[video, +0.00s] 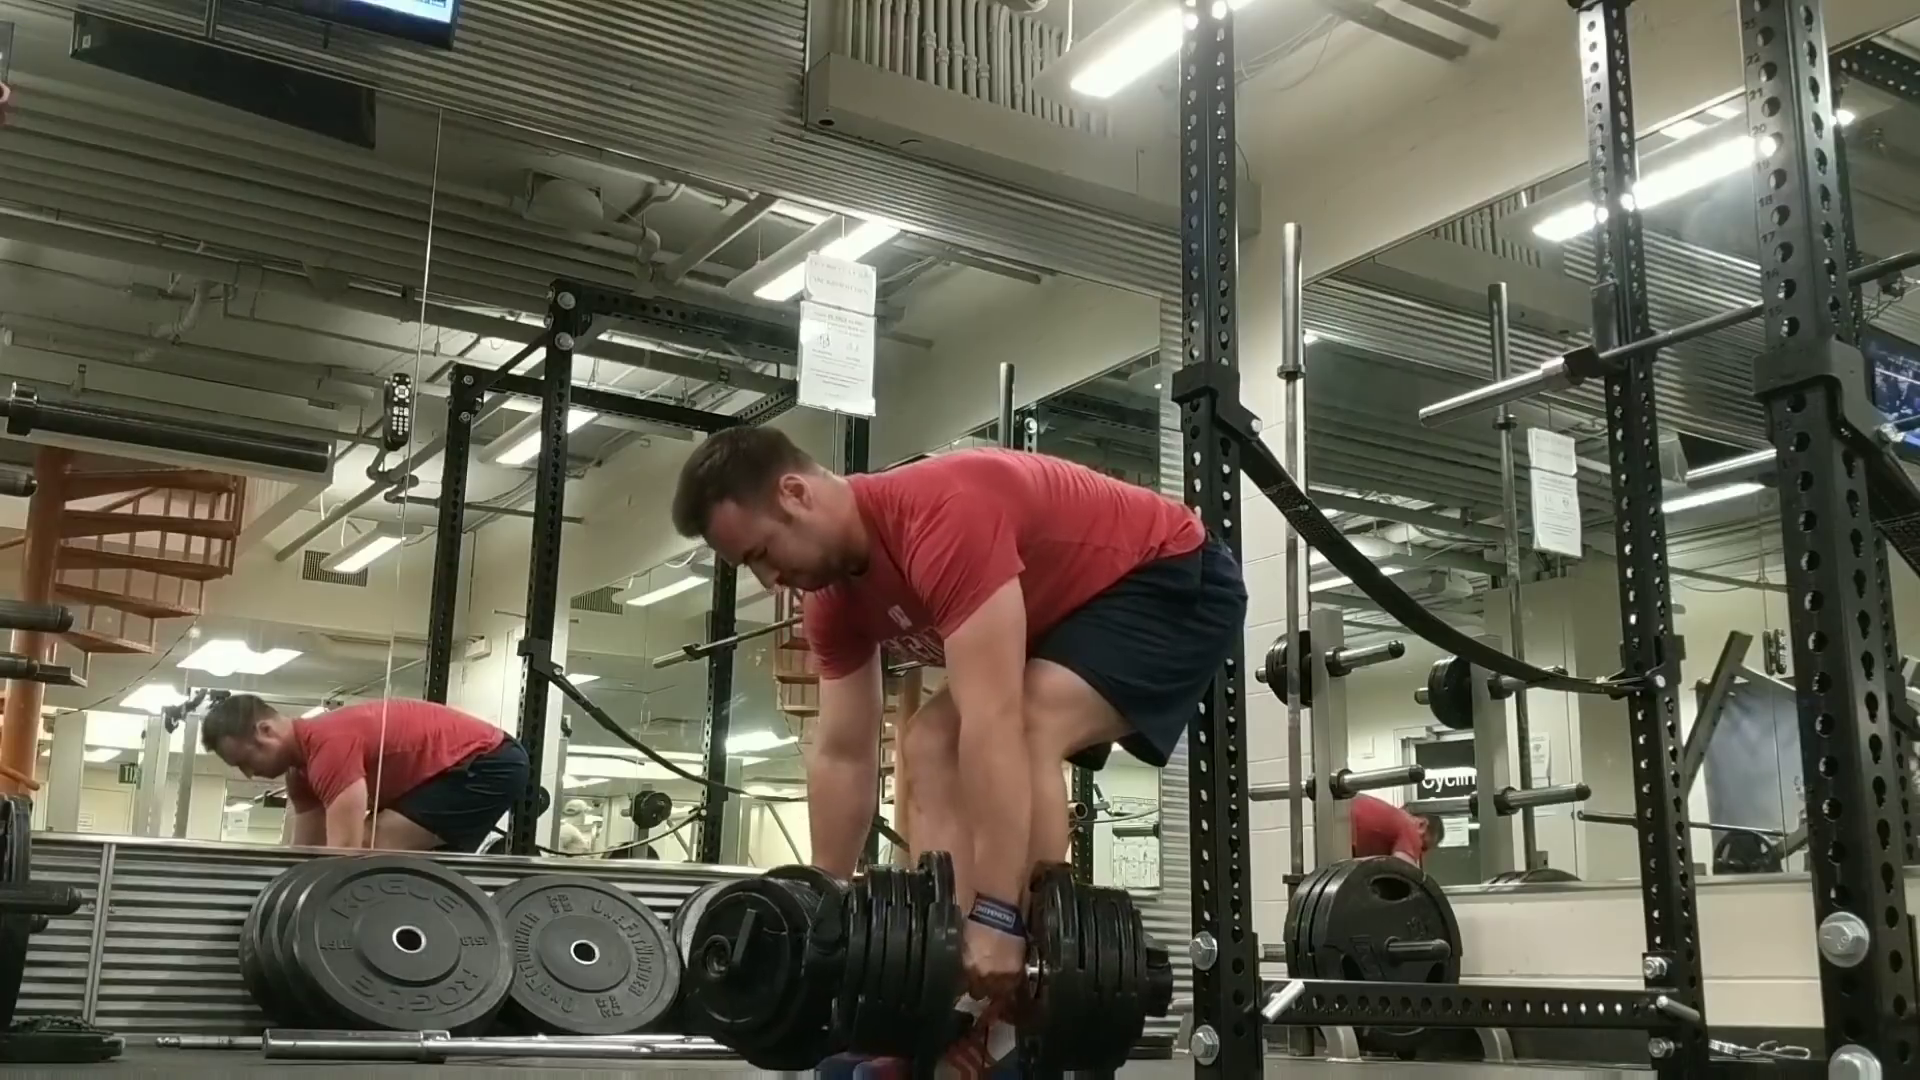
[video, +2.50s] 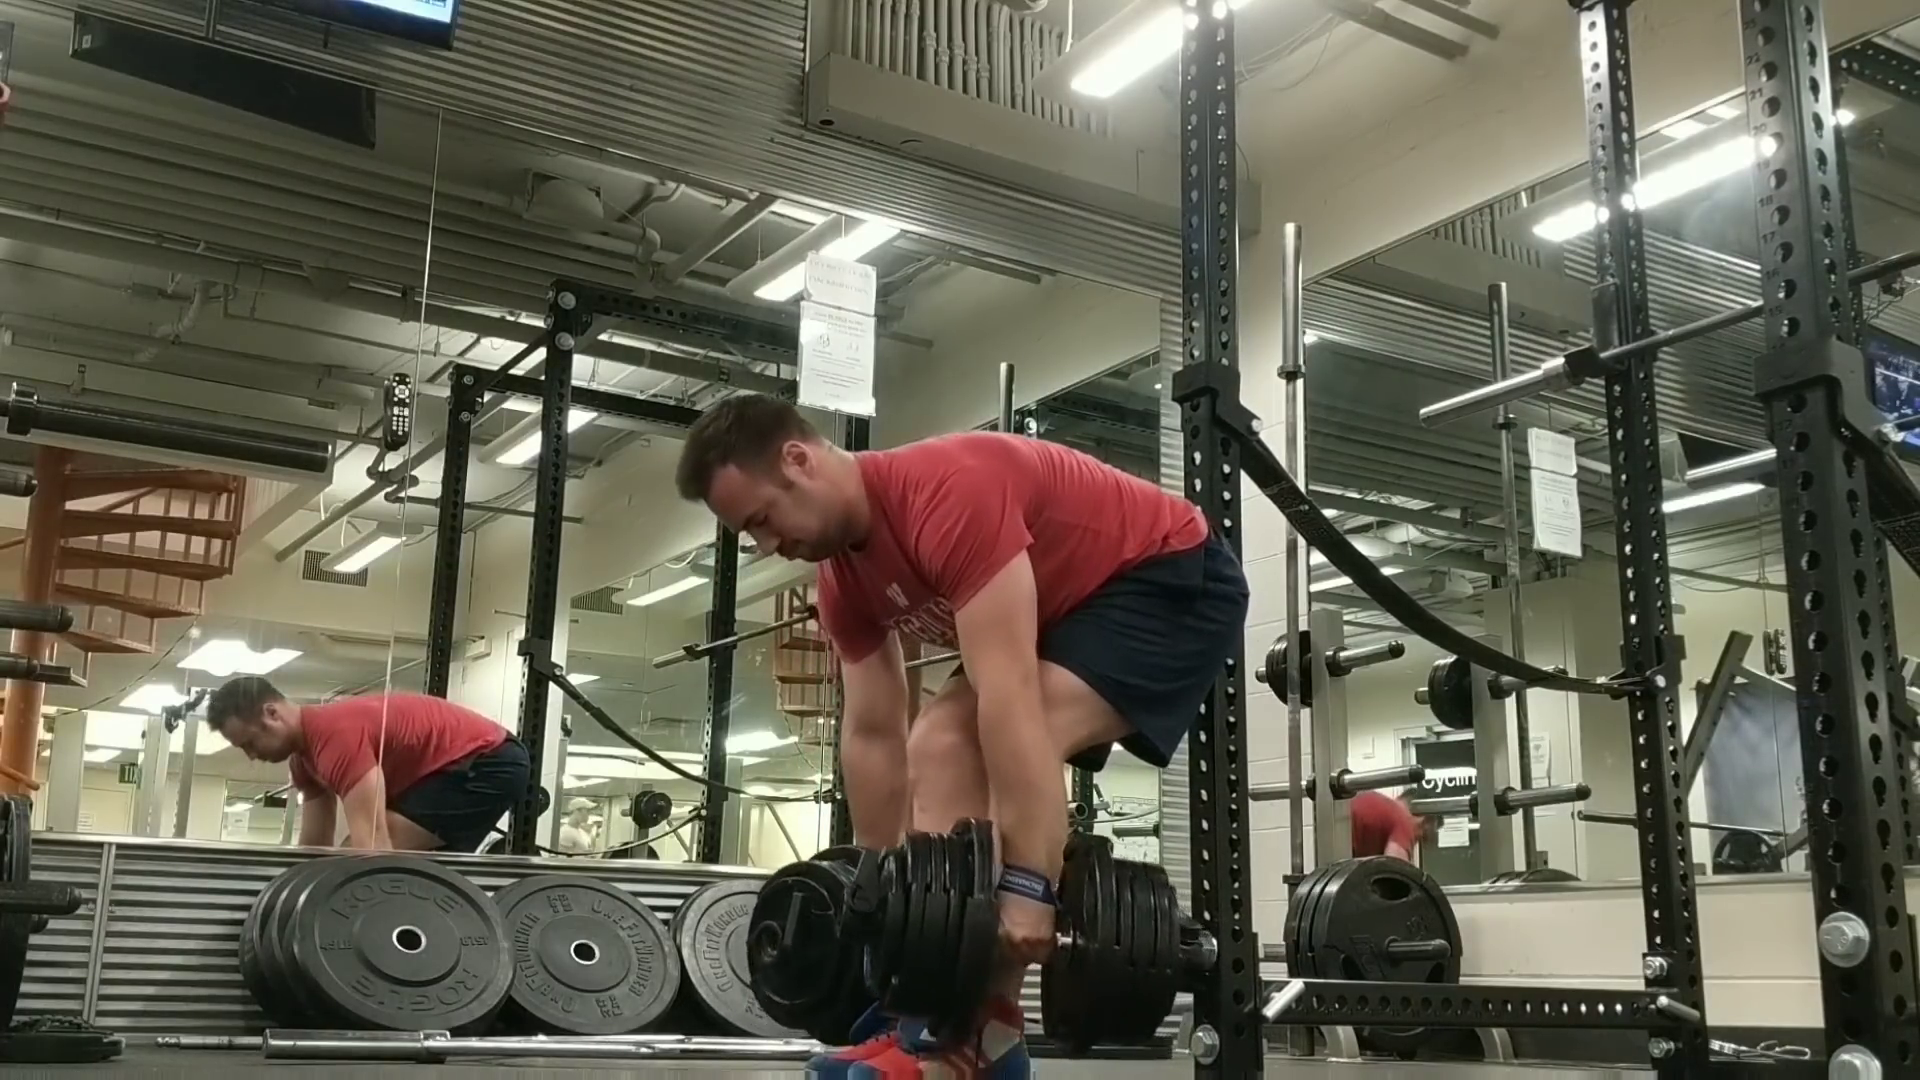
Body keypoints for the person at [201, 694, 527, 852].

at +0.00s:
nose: (250, 775)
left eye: (245, 762)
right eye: (241, 768)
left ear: (265, 731)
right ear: (264, 732)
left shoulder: (331, 745)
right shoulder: (302, 770)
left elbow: (343, 855)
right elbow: (300, 854)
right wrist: (278, 920)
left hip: (491, 765)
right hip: (464, 770)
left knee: (370, 846)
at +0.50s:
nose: (250, 774)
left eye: (248, 761)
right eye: (242, 768)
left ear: (268, 730)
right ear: (268, 733)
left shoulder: (335, 744)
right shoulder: (308, 773)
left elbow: (369, 853)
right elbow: (324, 852)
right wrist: (303, 918)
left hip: (492, 763)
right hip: (464, 769)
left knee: (381, 854)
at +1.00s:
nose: (256, 788)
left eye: (252, 776)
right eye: (247, 781)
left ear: (275, 746)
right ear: (275, 744)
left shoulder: (336, 748)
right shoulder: (306, 776)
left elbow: (372, 849)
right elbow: (318, 856)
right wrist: (300, 917)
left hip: (491, 766)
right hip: (461, 770)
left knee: (383, 851)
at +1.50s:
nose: (259, 788)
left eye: (255, 775)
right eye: (250, 781)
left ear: (279, 747)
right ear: (277, 746)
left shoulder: (336, 748)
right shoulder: (302, 772)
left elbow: (370, 843)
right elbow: (314, 849)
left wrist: (327, 904)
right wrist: (300, 904)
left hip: (487, 765)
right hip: (457, 769)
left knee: (388, 854)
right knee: (384, 855)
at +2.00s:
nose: (253, 782)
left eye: (249, 770)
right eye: (244, 776)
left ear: (268, 737)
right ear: (268, 738)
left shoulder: (331, 751)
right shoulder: (302, 775)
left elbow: (366, 851)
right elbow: (315, 856)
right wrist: (297, 916)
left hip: (491, 766)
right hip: (463, 771)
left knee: (381, 849)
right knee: (386, 855)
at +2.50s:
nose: (251, 757)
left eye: (249, 744)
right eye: (243, 750)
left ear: (272, 715)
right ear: (272, 717)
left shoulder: (336, 734)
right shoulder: (305, 756)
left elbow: (370, 841)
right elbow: (314, 845)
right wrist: (292, 913)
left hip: (489, 761)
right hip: (458, 766)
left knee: (381, 850)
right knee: (390, 854)